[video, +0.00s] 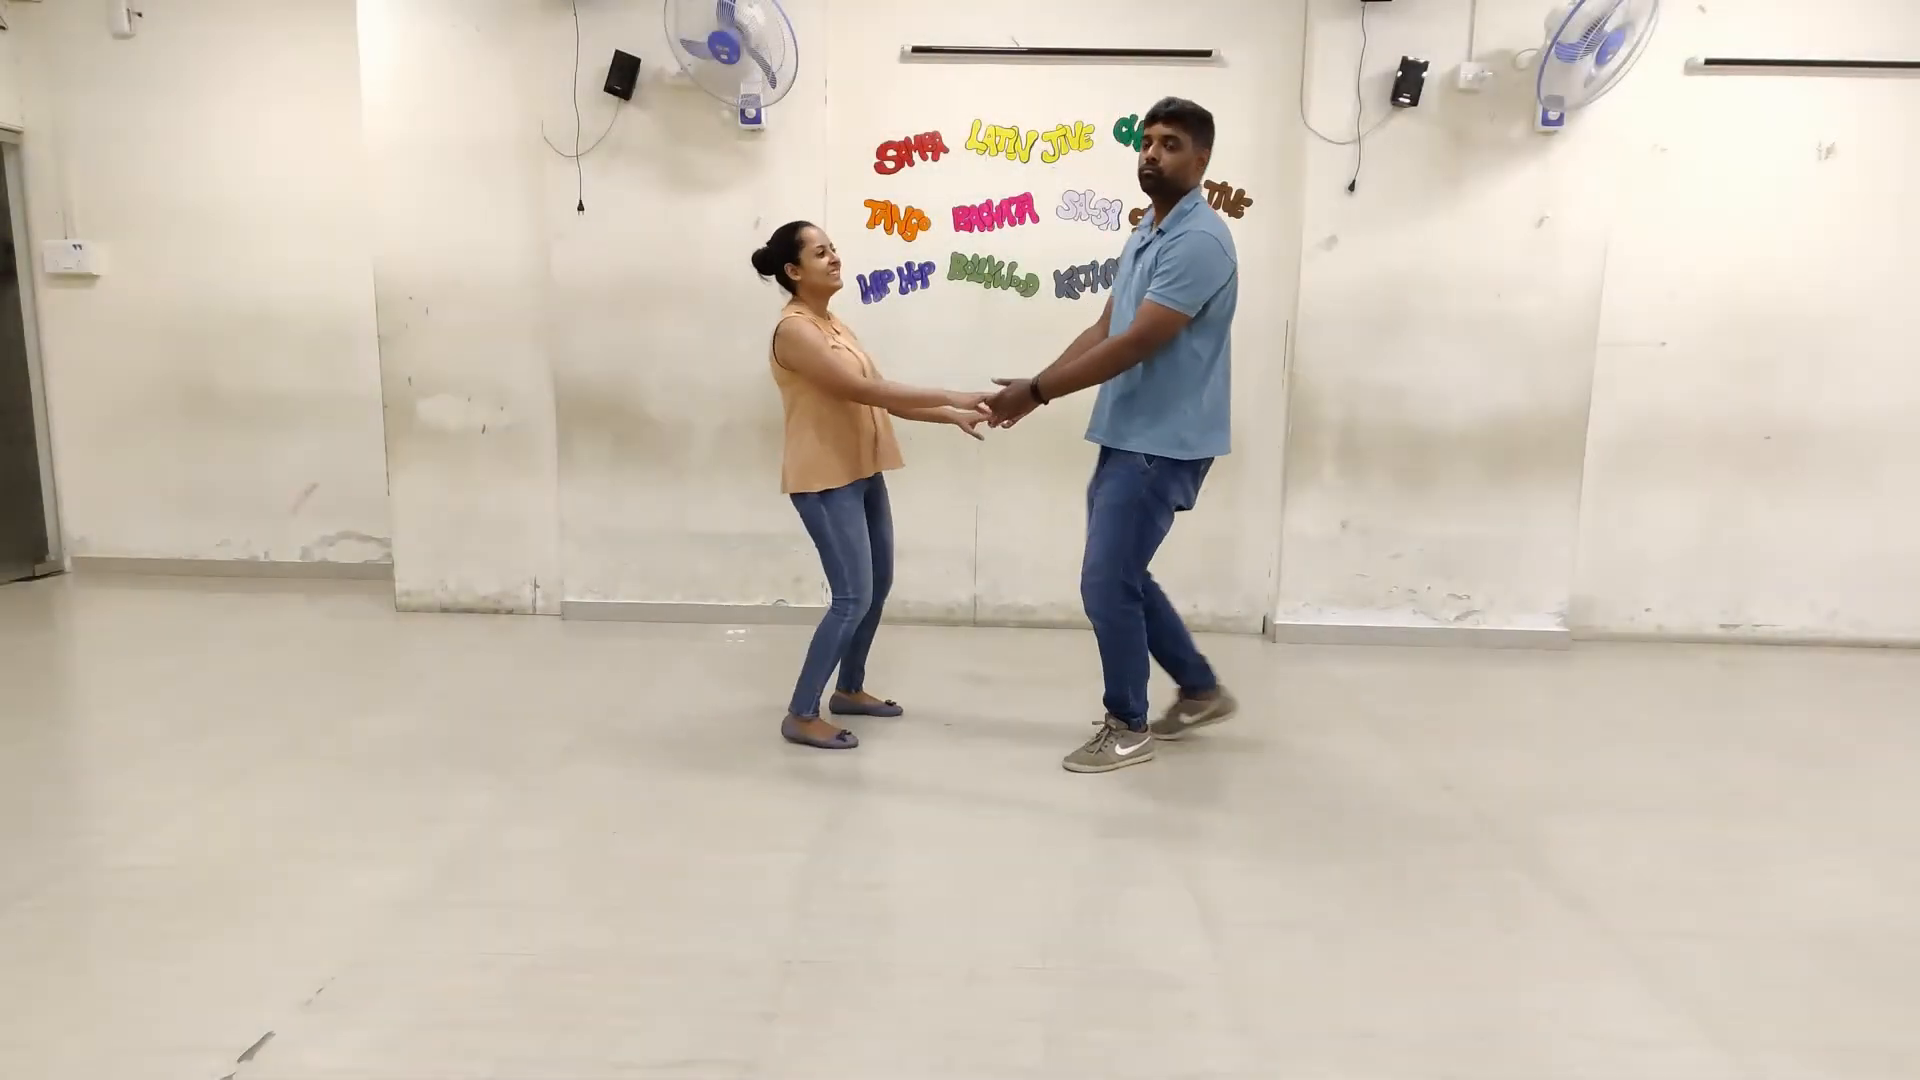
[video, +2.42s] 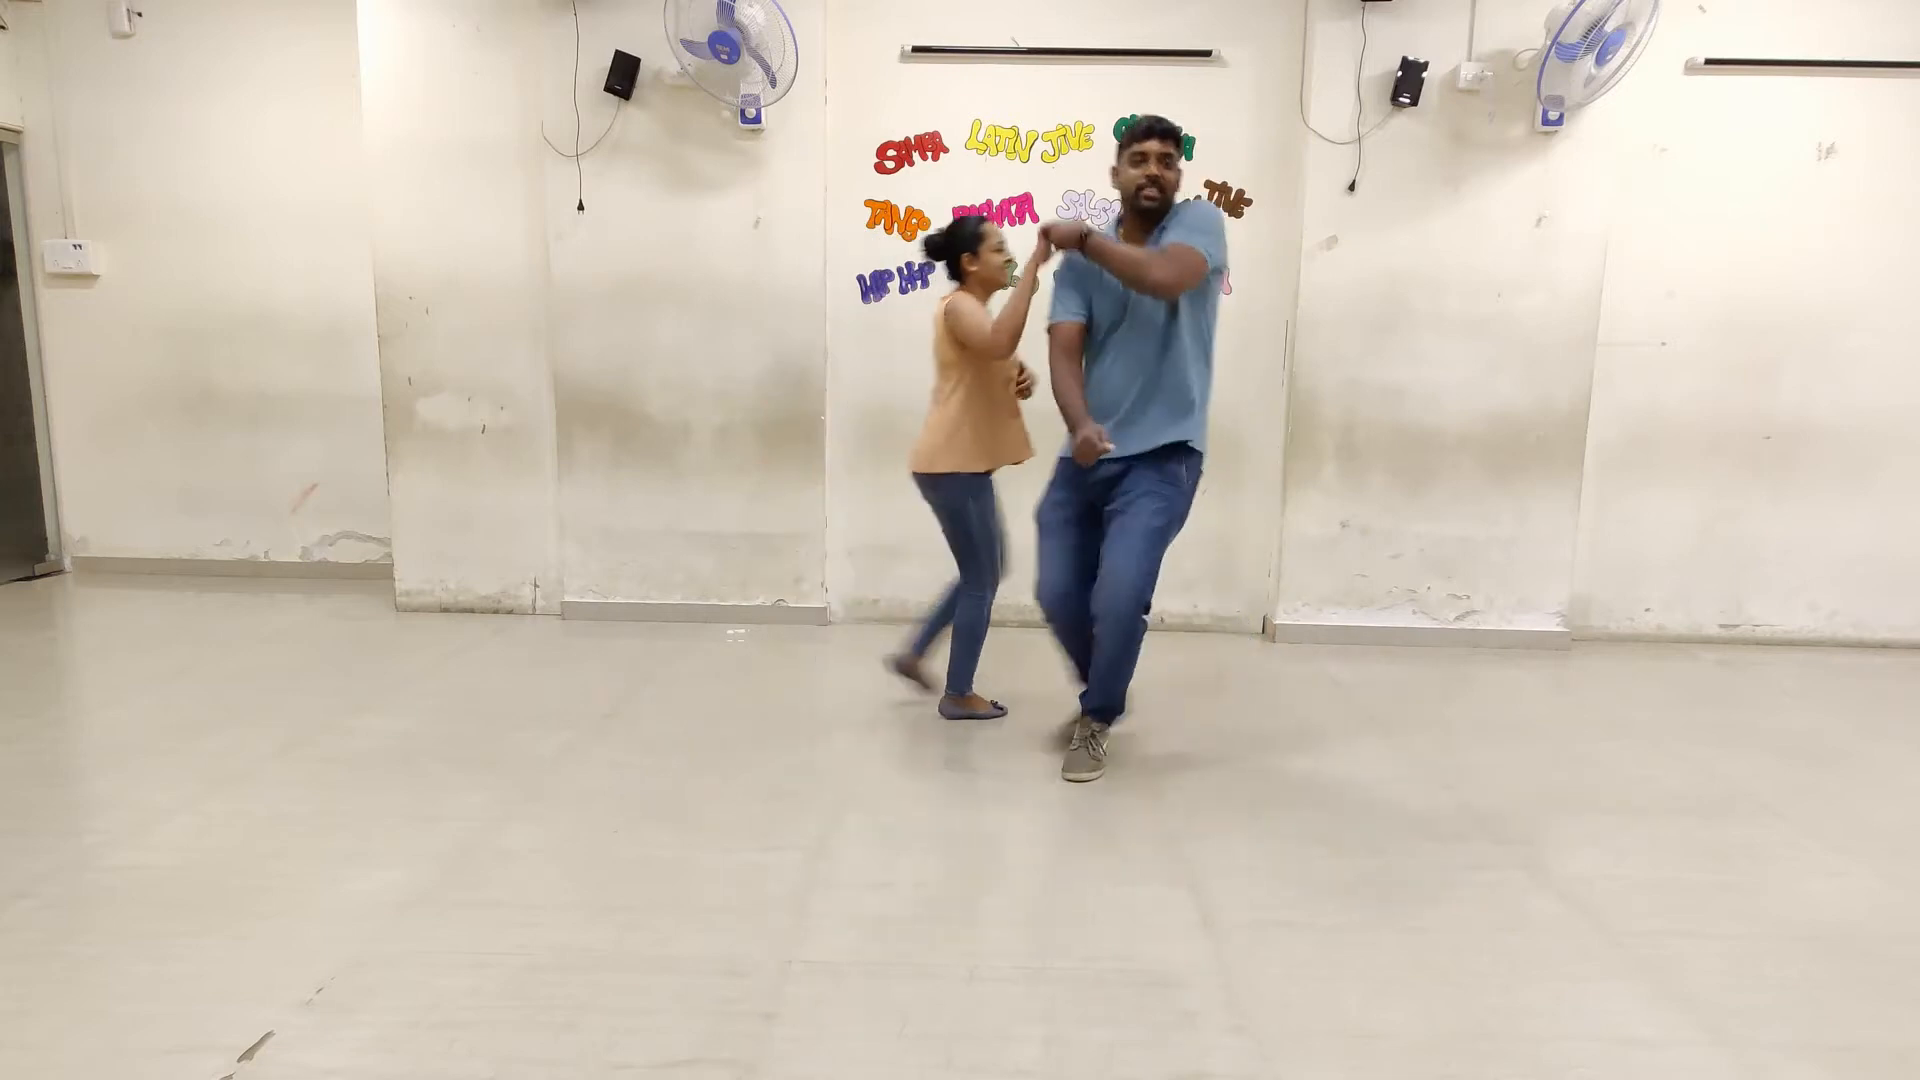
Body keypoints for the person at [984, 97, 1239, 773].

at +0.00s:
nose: (1151, 153)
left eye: (1170, 144)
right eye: (1147, 142)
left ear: (1202, 161)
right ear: (1139, 153)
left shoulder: (1200, 240)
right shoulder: (1148, 233)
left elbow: (1142, 342)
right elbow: (1105, 329)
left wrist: (1039, 389)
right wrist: (1033, 389)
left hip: (1164, 442)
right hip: (1126, 435)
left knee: (1107, 583)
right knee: (1118, 574)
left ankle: (1127, 725)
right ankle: (1202, 689)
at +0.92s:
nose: (1055, 166)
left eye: (1067, 156)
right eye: (1058, 155)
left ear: (1104, 166)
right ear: (1101, 168)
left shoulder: (1116, 236)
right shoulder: (1116, 228)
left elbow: (1137, 340)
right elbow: (1129, 337)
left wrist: (1040, 364)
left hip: (1112, 437)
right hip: (1117, 433)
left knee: (1057, 569)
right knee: (1077, 557)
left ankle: (1086, 713)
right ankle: (1159, 667)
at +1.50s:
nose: (1135, 192)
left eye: (1151, 184)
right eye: (1140, 180)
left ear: (1191, 200)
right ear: (1156, 190)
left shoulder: (1207, 269)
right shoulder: (1157, 268)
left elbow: (1176, 371)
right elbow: (1108, 349)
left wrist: (1071, 394)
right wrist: (1030, 387)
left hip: (1183, 460)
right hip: (1166, 456)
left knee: (1087, 570)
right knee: (1157, 587)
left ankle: (1079, 712)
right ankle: (1251, 697)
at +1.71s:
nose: (1178, 176)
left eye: (1192, 168)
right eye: (1182, 165)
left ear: (1229, 180)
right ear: (1225, 182)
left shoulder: (1232, 240)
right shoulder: (1242, 240)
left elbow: (1160, 334)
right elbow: (1202, 348)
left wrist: (1063, 323)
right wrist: (1130, 392)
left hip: (1232, 438)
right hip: (1262, 438)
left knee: (1149, 560)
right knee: (1209, 571)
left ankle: (1157, 721)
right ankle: (1259, 708)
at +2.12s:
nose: (1174, 196)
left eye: (1189, 188)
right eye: (1176, 186)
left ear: (1231, 202)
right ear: (1183, 197)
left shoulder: (1246, 262)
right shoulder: (1185, 275)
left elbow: (1199, 357)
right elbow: (1161, 356)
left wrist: (1112, 334)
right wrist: (1115, 411)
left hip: (1240, 460)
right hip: (1199, 459)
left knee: (1146, 582)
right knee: (1196, 595)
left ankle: (1102, 720)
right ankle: (1282, 703)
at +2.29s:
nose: (1169, 190)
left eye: (1185, 181)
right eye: (1160, 179)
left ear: (1207, 194)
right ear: (1146, 190)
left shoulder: (1225, 249)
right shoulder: (1121, 273)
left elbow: (1184, 327)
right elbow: (1099, 363)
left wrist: (1100, 287)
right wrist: (1080, 426)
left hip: (1190, 463)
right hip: (1131, 462)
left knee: (1112, 602)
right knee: (1120, 601)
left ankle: (1093, 724)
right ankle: (1233, 661)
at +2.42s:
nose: (1153, 170)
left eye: (1166, 161)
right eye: (1140, 160)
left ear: (1180, 173)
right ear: (1116, 171)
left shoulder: (1201, 221)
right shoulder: (1085, 251)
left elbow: (1166, 276)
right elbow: (1065, 350)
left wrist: (1084, 241)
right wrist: (1079, 423)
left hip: (1164, 447)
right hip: (1089, 447)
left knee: (1119, 598)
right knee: (1057, 595)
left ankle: (1095, 718)